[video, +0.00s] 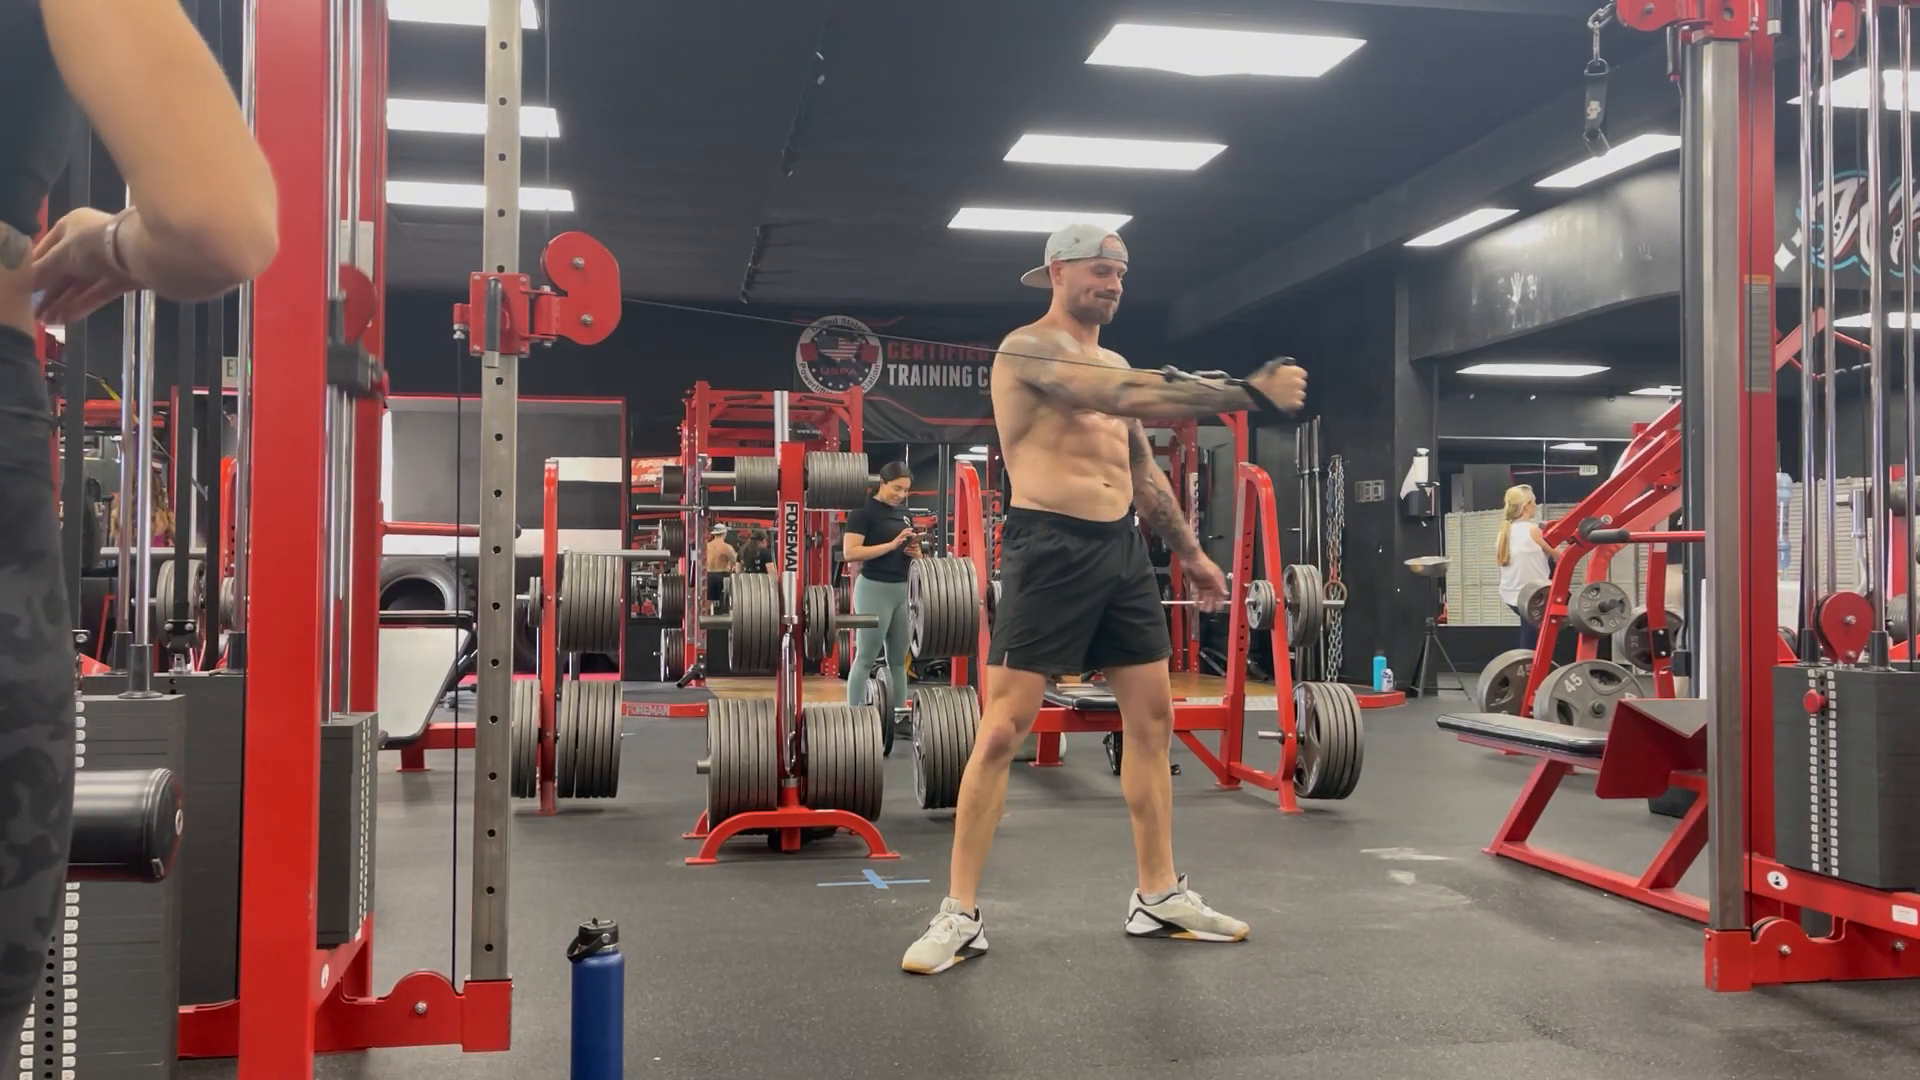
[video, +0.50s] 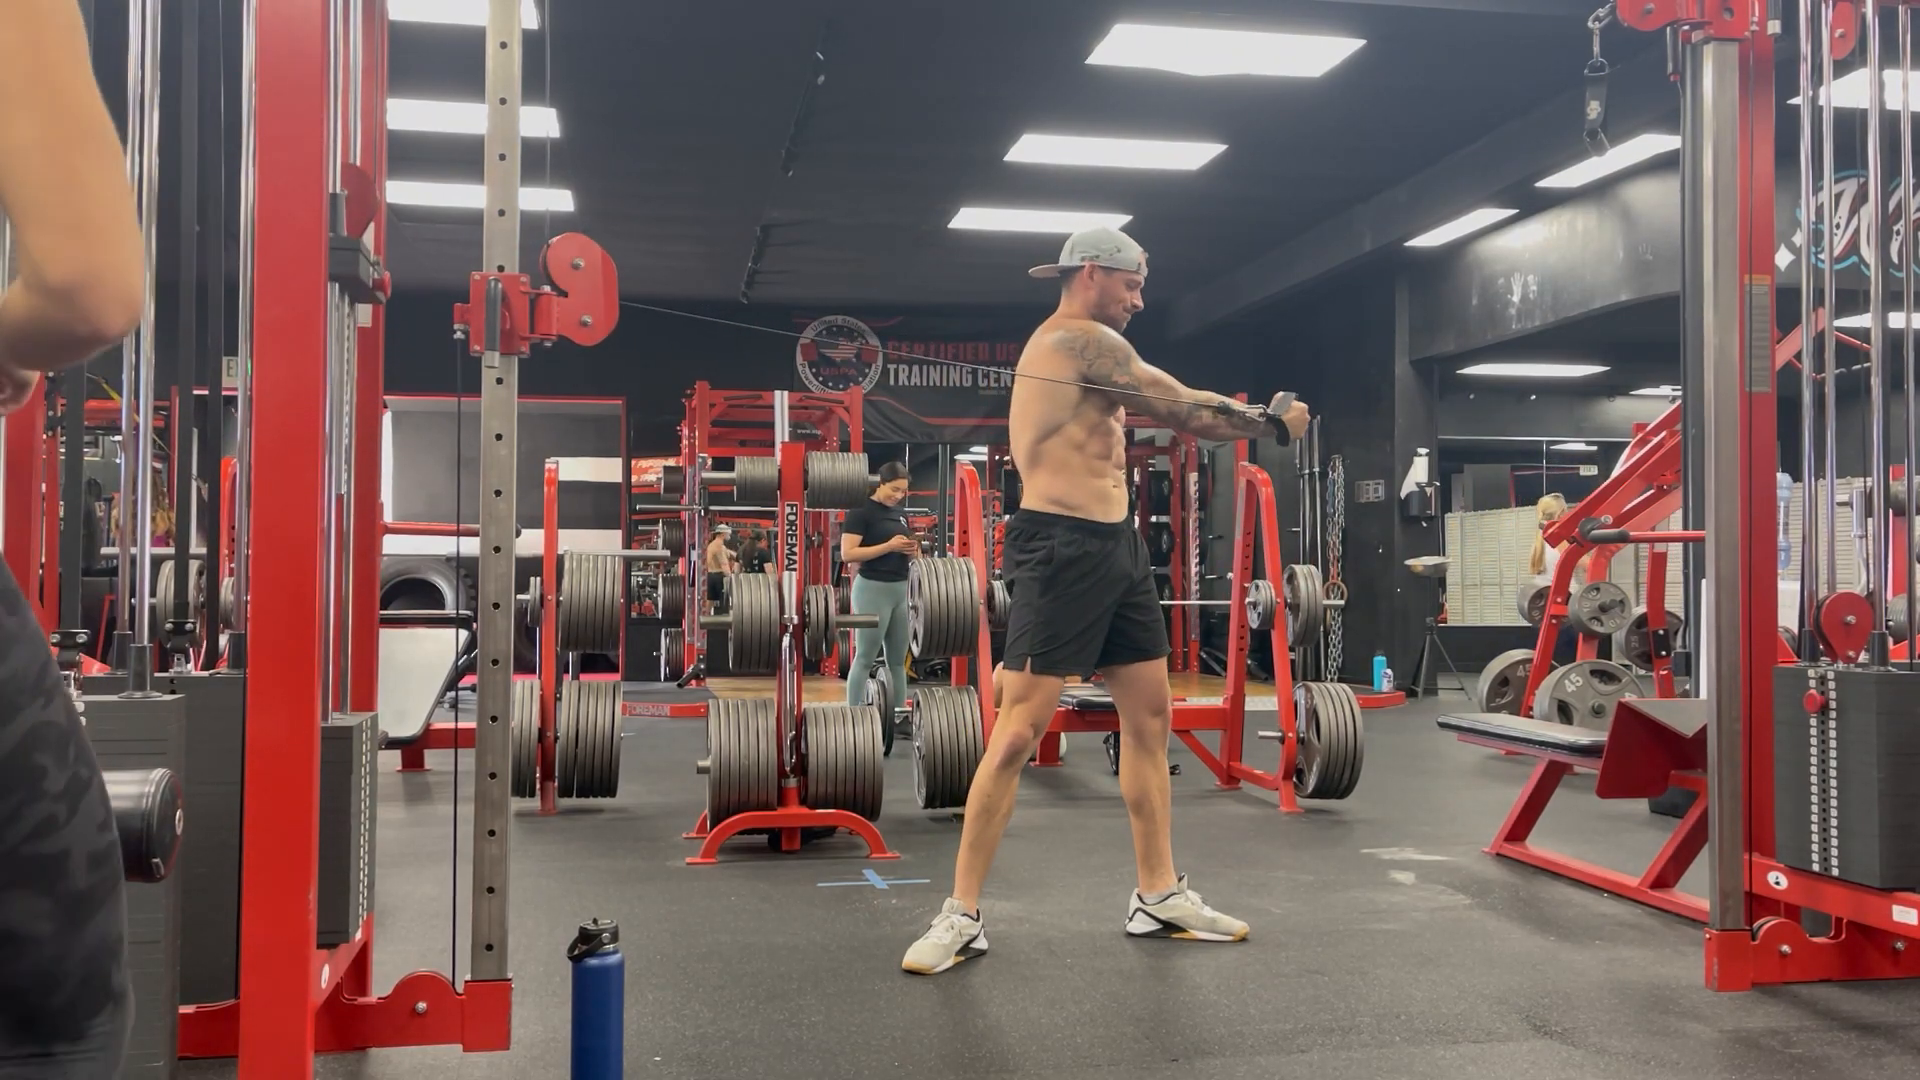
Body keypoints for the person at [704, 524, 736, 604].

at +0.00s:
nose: (725, 535)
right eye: (725, 533)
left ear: (714, 533)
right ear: (724, 534)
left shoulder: (708, 545)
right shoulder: (726, 547)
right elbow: (735, 558)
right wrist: (730, 567)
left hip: (710, 572)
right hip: (723, 572)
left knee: (709, 600)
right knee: (723, 601)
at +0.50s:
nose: (730, 536)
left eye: (730, 534)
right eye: (728, 534)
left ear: (721, 534)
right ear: (722, 534)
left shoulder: (711, 545)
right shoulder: (720, 547)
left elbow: (726, 552)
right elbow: (724, 565)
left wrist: (734, 555)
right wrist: (729, 576)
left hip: (711, 573)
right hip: (719, 573)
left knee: (710, 599)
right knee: (722, 600)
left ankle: (707, 617)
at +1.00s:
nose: (726, 535)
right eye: (725, 534)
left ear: (714, 534)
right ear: (724, 534)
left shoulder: (709, 545)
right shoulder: (727, 547)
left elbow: (706, 558)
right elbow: (733, 558)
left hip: (710, 572)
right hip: (723, 572)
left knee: (709, 600)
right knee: (723, 600)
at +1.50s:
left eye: (712, 534)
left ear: (713, 534)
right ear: (724, 534)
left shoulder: (707, 546)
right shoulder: (732, 547)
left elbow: (704, 561)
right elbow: (737, 561)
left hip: (711, 572)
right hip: (726, 572)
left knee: (708, 601)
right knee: (726, 602)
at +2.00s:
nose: (711, 535)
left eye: (711, 533)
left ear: (713, 534)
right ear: (723, 534)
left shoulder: (707, 546)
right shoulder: (732, 547)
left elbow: (705, 562)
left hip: (711, 573)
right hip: (726, 573)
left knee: (711, 600)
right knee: (725, 602)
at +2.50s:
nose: (725, 534)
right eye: (724, 533)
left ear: (713, 533)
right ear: (723, 534)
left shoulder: (708, 545)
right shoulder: (726, 547)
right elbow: (735, 557)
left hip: (710, 572)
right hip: (724, 572)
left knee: (709, 600)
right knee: (724, 600)